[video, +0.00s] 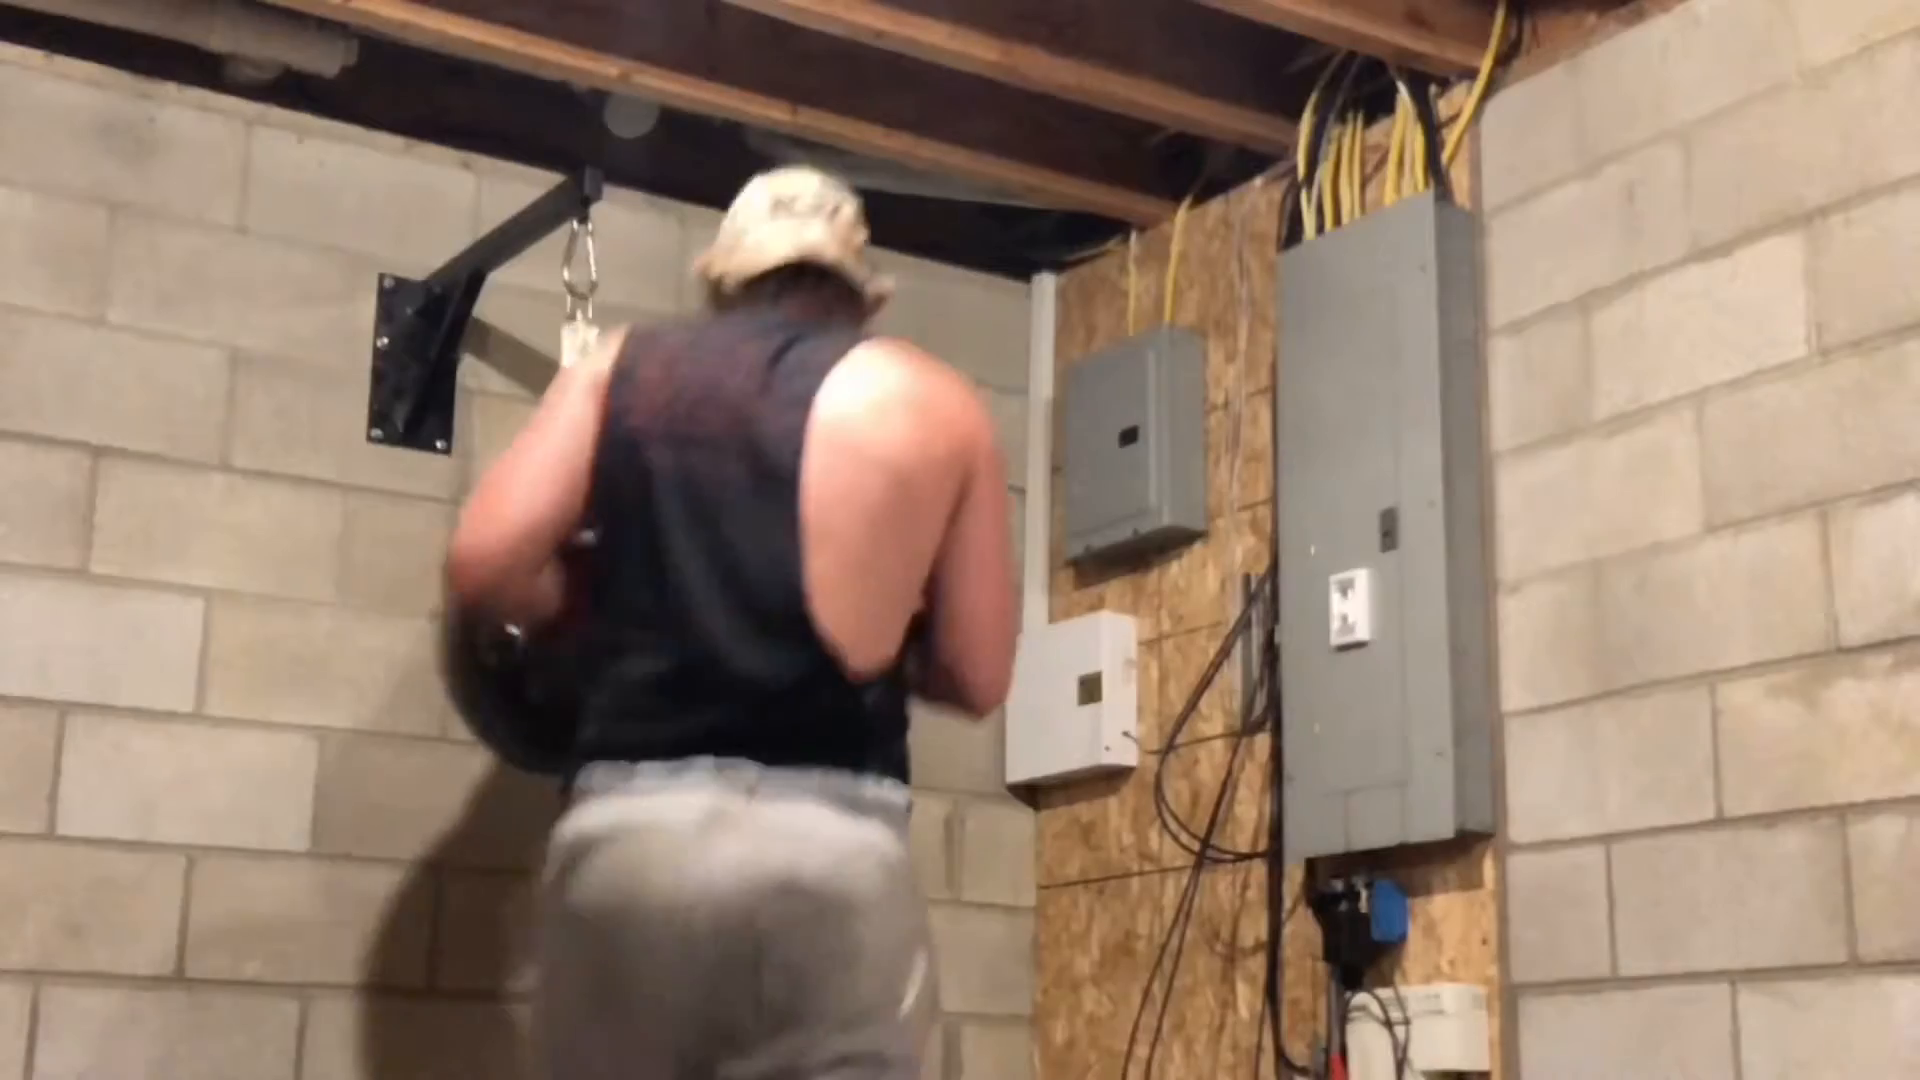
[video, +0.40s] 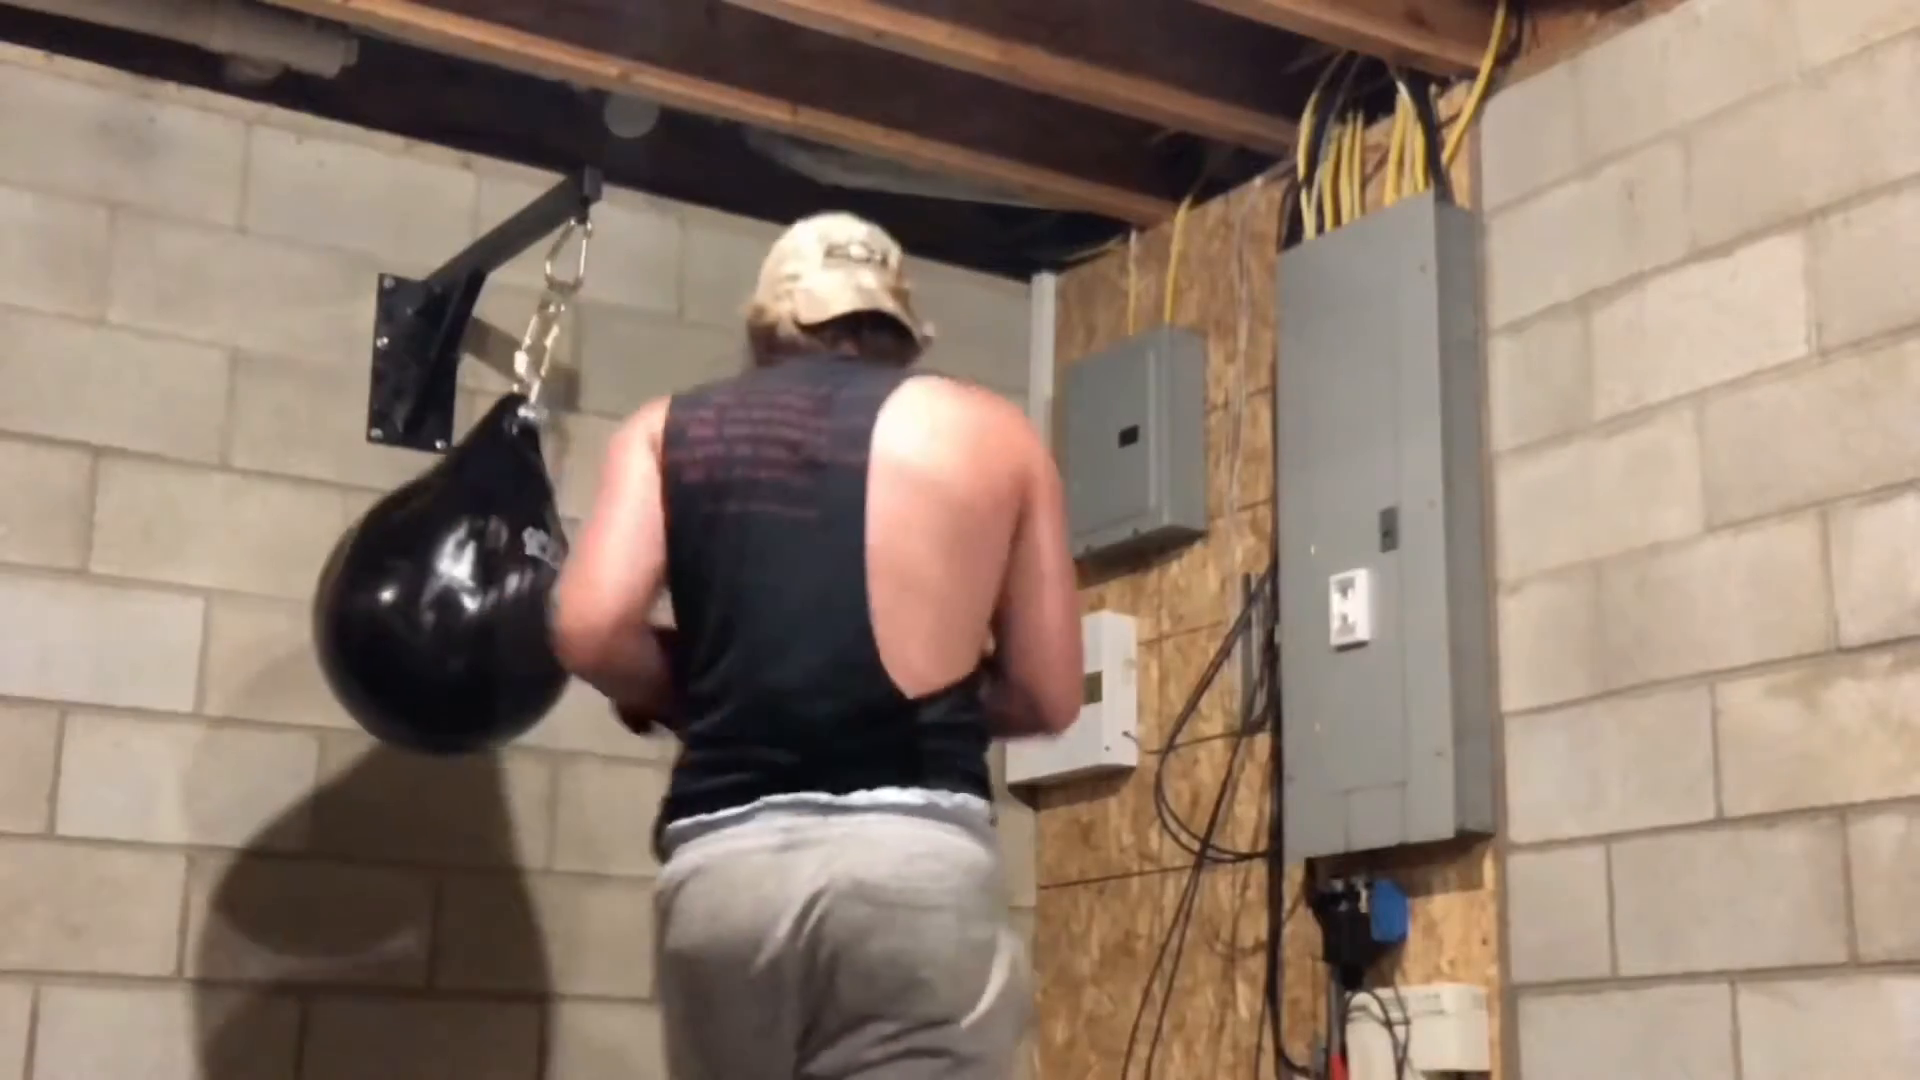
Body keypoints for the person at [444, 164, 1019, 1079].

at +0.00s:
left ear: (720, 277)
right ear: (862, 289)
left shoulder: (615, 366)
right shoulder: (942, 404)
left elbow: (485, 559)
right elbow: (976, 678)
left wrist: (606, 600)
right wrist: (863, 615)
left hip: (630, 830)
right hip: (841, 842)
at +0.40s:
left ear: (764, 321)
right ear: (906, 323)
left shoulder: (666, 427)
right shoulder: (998, 432)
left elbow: (588, 628)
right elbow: (1046, 696)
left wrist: (682, 689)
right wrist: (905, 700)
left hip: (723, 874)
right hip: (926, 867)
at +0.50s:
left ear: (754, 333)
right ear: (888, 319)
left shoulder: (663, 455)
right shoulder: (992, 405)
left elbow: (596, 667)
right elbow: (1079, 647)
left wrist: (714, 698)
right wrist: (945, 670)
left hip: (743, 865)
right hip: (936, 853)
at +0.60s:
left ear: (751, 357)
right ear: (886, 330)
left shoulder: (684, 480)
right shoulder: (986, 409)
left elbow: (605, 720)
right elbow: (1123, 626)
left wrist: (745, 703)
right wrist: (995, 640)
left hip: (744, 887)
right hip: (929, 873)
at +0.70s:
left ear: (768, 363)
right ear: (898, 338)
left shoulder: (711, 482)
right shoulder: (993, 413)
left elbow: (642, 720)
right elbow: (1133, 632)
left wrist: (789, 652)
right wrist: (1016, 602)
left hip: (754, 896)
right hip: (934, 880)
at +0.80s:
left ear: (796, 348)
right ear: (928, 329)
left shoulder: (729, 461)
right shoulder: (1015, 412)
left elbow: (670, 697)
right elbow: (1134, 640)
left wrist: (799, 625)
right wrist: (1013, 558)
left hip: (774, 882)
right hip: (959, 866)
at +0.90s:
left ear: (827, 345)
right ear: (956, 334)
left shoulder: (746, 447)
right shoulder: (1053, 424)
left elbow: (681, 687)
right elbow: (1136, 667)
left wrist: (802, 600)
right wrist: (1029, 581)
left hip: (800, 874)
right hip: (992, 863)